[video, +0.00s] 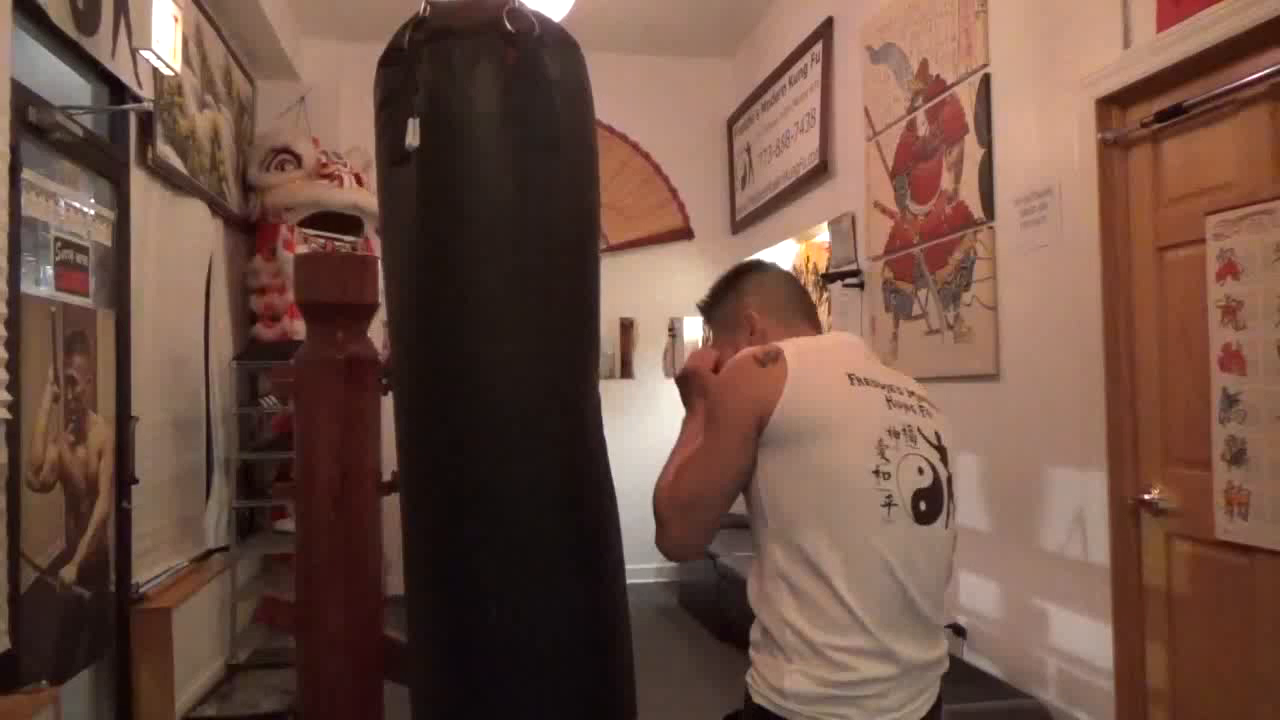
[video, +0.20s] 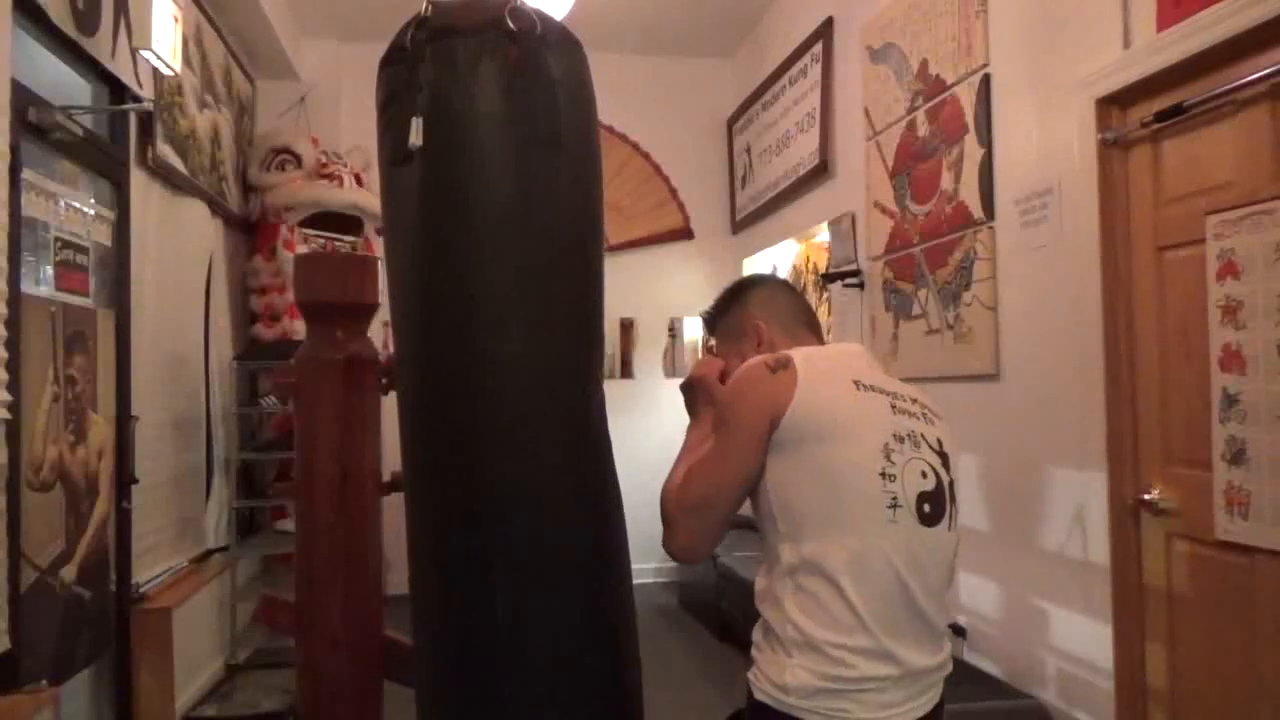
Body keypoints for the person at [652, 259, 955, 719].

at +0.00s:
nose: (720, 363)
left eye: (722, 348)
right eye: (719, 352)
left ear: (753, 328)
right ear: (810, 320)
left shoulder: (760, 374)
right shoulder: (903, 386)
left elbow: (678, 538)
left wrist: (697, 411)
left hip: (809, 703)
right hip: (919, 698)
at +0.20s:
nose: (724, 374)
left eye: (725, 360)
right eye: (722, 364)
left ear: (758, 336)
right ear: (813, 332)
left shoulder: (769, 378)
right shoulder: (908, 397)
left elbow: (686, 541)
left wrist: (702, 419)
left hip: (812, 703)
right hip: (921, 699)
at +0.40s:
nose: (712, 371)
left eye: (716, 357)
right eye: (711, 360)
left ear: (752, 336)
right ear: (808, 332)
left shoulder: (754, 379)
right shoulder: (903, 393)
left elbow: (668, 537)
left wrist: (690, 415)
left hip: (799, 704)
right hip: (912, 698)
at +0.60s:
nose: (651, 326)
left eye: (652, 298)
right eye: (649, 303)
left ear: (698, 276)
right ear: (701, 278)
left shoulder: (820, 371)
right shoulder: (741, 383)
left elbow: (770, 561)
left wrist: (659, 454)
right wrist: (688, 432)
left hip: (819, 701)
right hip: (748, 690)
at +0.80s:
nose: (626, 346)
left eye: (633, 324)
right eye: (625, 326)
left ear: (690, 316)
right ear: (693, 315)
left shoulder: (732, 366)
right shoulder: (793, 371)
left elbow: (719, 514)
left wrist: (576, 462)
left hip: (759, 700)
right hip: (836, 684)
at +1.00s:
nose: (568, 345)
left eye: (571, 316)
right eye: (565, 319)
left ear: (634, 305)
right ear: (637, 307)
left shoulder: (720, 392)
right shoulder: (690, 393)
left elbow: (746, 596)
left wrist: (587, 540)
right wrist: (633, 457)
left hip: (779, 702)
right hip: (738, 696)